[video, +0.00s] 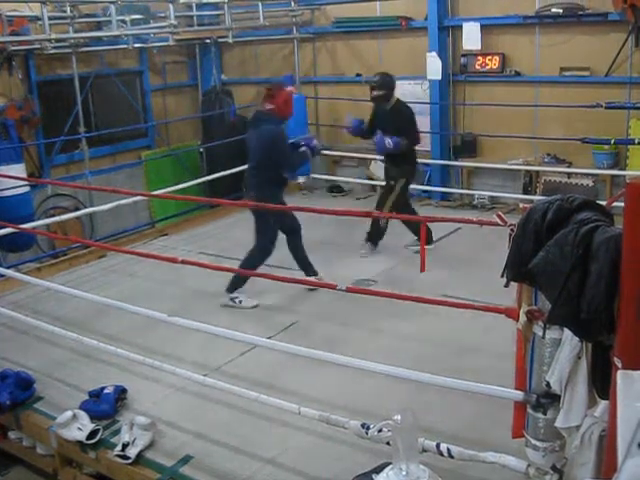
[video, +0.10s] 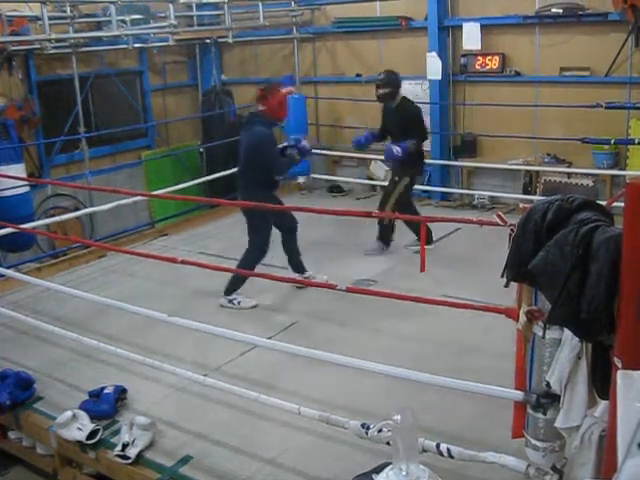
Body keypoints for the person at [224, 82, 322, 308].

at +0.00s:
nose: (291, 108)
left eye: (291, 103)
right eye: (289, 103)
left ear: (270, 104)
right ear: (280, 105)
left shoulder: (258, 125)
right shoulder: (273, 131)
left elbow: (274, 154)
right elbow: (289, 164)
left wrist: (297, 145)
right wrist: (308, 152)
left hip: (260, 192)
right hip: (267, 195)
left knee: (292, 229)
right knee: (265, 245)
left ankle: (311, 275)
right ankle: (232, 290)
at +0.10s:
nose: (285, 110)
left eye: (284, 105)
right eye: (281, 105)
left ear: (265, 106)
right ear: (272, 107)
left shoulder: (255, 128)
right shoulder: (262, 134)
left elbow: (262, 161)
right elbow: (276, 168)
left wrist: (284, 151)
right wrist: (296, 156)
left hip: (257, 194)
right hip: (257, 197)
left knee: (289, 225)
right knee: (258, 247)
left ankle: (300, 273)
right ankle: (230, 293)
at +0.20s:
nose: (280, 108)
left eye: (280, 103)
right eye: (277, 103)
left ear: (262, 104)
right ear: (265, 104)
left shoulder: (255, 126)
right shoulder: (254, 130)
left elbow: (257, 156)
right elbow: (267, 164)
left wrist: (277, 148)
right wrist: (288, 150)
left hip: (258, 191)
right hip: (250, 193)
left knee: (285, 221)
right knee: (254, 243)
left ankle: (288, 270)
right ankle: (230, 293)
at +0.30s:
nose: (277, 107)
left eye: (278, 102)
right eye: (274, 102)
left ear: (261, 102)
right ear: (262, 102)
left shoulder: (256, 123)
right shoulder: (250, 126)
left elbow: (263, 153)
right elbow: (265, 157)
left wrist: (283, 139)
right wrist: (287, 141)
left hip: (256, 189)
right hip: (244, 191)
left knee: (280, 223)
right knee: (250, 243)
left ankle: (274, 268)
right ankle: (230, 293)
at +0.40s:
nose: (279, 110)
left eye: (280, 105)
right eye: (276, 105)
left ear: (264, 104)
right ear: (263, 104)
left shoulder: (259, 124)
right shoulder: (250, 126)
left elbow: (268, 150)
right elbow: (268, 154)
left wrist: (284, 136)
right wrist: (287, 138)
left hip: (256, 189)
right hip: (242, 190)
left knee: (274, 226)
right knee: (247, 242)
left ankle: (269, 269)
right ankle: (229, 294)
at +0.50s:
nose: (282, 111)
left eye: (283, 106)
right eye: (279, 105)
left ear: (269, 105)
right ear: (266, 103)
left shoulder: (263, 125)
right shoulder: (252, 126)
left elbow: (272, 149)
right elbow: (271, 153)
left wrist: (289, 135)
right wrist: (290, 136)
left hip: (253, 187)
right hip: (237, 188)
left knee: (271, 224)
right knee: (242, 238)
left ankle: (269, 270)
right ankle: (229, 292)